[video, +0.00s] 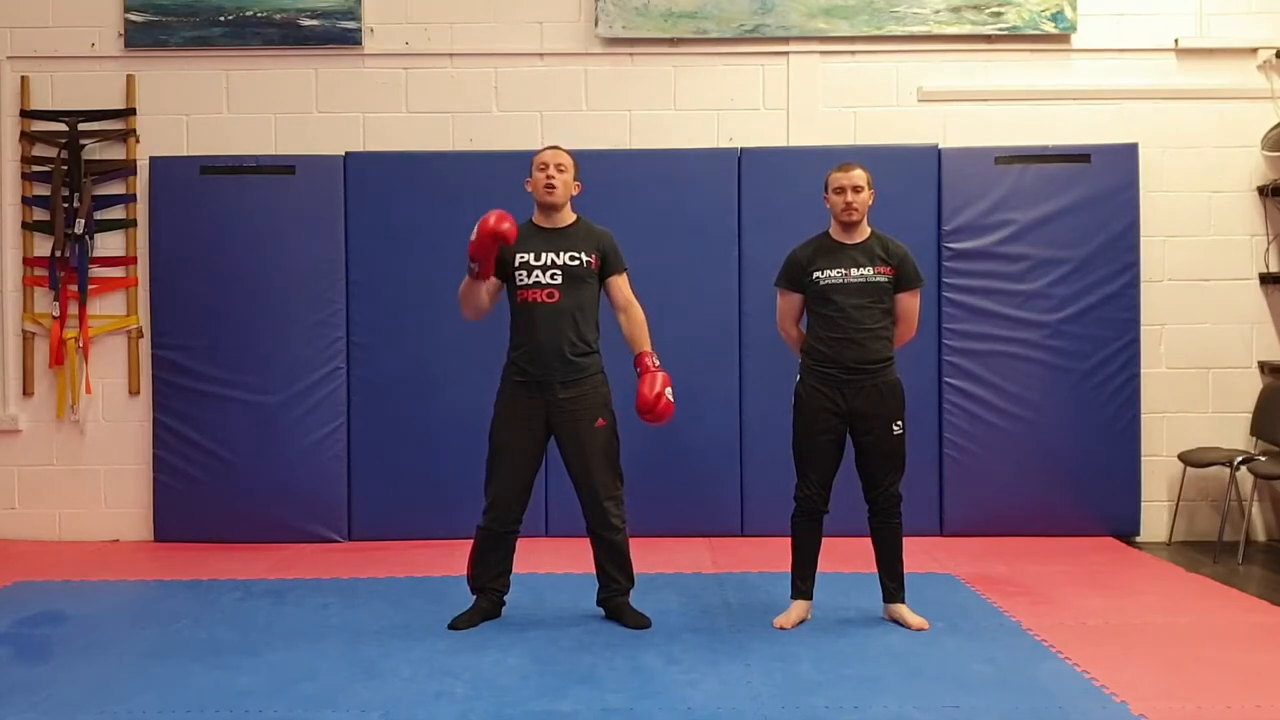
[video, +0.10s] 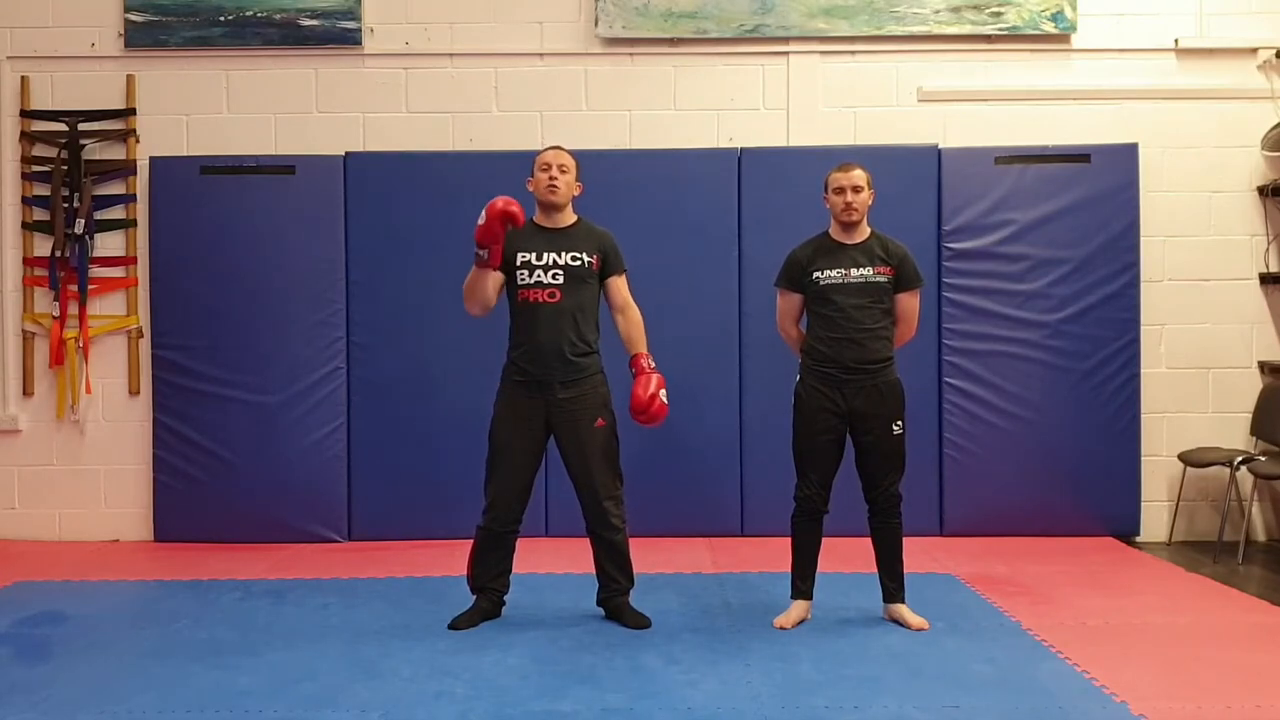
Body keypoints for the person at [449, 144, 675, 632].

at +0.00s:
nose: (549, 175)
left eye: (559, 170)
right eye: (541, 169)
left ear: (575, 187)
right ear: (528, 184)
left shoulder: (598, 240)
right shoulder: (509, 240)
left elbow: (627, 307)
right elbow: (473, 309)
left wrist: (648, 363)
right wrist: (481, 264)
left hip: (583, 388)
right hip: (522, 389)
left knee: (604, 498)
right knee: (502, 499)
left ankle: (616, 598)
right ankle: (488, 598)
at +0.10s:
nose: (552, 175)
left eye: (561, 170)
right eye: (544, 169)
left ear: (577, 186)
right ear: (531, 183)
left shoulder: (597, 240)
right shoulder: (510, 238)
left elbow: (624, 308)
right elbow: (477, 305)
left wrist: (644, 366)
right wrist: (487, 246)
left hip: (582, 387)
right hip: (522, 388)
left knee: (604, 498)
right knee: (502, 499)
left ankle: (616, 598)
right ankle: (488, 598)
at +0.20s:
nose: (555, 176)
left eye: (564, 171)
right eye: (547, 170)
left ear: (578, 186)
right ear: (533, 184)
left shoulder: (598, 242)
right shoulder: (512, 235)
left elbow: (621, 309)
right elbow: (480, 298)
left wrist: (638, 367)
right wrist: (496, 241)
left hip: (583, 387)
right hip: (522, 388)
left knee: (604, 498)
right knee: (502, 499)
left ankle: (616, 597)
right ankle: (488, 597)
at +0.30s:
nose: (559, 177)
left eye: (568, 171)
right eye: (551, 170)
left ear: (580, 186)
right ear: (535, 184)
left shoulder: (599, 243)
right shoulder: (515, 235)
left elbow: (618, 312)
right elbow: (479, 290)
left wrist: (633, 370)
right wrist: (504, 240)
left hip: (583, 388)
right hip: (523, 388)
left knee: (605, 498)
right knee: (503, 498)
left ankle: (616, 597)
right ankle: (488, 597)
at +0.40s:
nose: (562, 178)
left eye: (571, 173)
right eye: (554, 171)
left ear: (583, 188)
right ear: (537, 184)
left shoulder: (599, 246)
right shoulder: (512, 236)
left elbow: (615, 315)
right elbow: (479, 283)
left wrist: (630, 373)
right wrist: (508, 256)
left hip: (584, 388)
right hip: (523, 388)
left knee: (606, 498)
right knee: (503, 498)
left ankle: (616, 597)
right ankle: (488, 597)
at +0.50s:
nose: (565, 181)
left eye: (573, 175)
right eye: (557, 173)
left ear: (585, 188)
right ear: (539, 184)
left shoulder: (600, 247)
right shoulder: (515, 233)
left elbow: (614, 316)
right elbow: (487, 272)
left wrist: (628, 374)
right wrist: (513, 287)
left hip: (584, 390)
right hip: (524, 390)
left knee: (606, 499)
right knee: (503, 499)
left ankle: (616, 598)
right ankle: (488, 597)